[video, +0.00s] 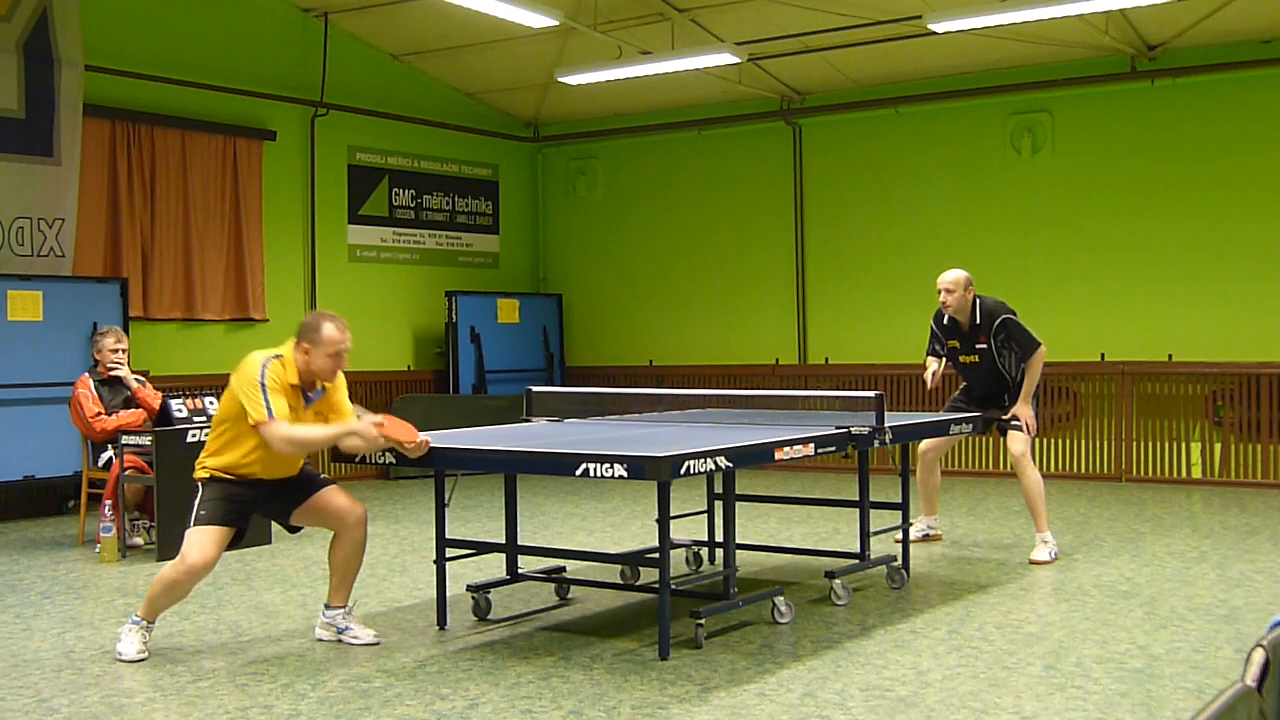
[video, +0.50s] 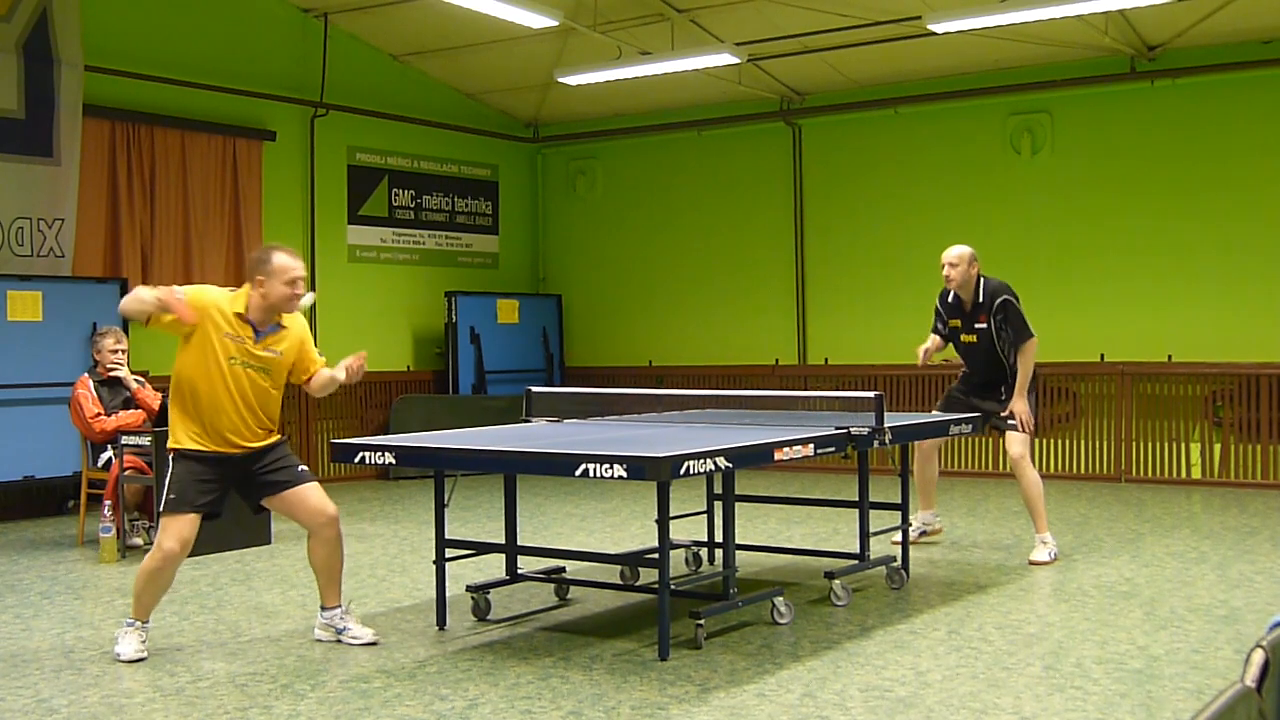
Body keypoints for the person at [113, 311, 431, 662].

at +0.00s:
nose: (342, 365)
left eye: (344, 356)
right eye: (335, 356)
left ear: (340, 353)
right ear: (304, 350)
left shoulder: (332, 379)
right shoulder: (259, 370)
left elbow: (347, 440)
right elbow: (280, 439)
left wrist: (394, 441)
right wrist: (347, 432)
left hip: (286, 474)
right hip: (227, 476)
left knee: (353, 516)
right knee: (196, 562)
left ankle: (335, 617)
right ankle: (141, 623)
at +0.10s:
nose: (323, 349)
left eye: (325, 342)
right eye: (317, 342)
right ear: (285, 336)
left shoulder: (315, 360)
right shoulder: (240, 353)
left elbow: (341, 415)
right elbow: (267, 409)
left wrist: (386, 407)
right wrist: (332, 389)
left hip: (278, 468)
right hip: (218, 472)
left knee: (347, 517)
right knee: (190, 559)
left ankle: (334, 616)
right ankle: (140, 624)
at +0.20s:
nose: (311, 335)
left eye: (313, 327)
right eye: (304, 326)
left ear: (314, 324)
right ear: (273, 320)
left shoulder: (305, 350)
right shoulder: (228, 337)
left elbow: (335, 398)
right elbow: (244, 388)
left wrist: (368, 374)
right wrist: (304, 357)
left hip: (273, 461)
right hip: (213, 466)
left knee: (340, 515)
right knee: (185, 556)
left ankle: (335, 617)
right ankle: (139, 625)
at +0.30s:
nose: (295, 303)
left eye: (297, 295)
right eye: (287, 295)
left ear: (297, 294)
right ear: (255, 295)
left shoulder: (293, 329)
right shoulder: (213, 317)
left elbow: (323, 380)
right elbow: (182, 357)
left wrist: (349, 349)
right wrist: (244, 338)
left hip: (268, 452)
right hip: (203, 456)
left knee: (332, 517)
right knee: (177, 550)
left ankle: (334, 617)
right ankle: (137, 625)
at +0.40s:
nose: (292, 291)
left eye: (293, 282)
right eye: (283, 284)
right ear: (251, 286)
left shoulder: (289, 323)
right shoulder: (206, 308)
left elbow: (318, 379)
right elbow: (145, 334)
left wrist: (342, 358)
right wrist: (206, 323)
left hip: (265, 448)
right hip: (199, 451)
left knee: (327, 517)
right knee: (174, 548)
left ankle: (333, 616)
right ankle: (135, 626)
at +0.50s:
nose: (301, 290)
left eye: (303, 282)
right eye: (292, 283)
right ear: (259, 284)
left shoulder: (295, 329)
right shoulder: (207, 303)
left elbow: (315, 385)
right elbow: (127, 306)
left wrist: (339, 374)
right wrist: (156, 299)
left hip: (262, 449)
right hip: (196, 450)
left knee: (325, 517)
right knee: (172, 547)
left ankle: (332, 616)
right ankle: (135, 626)